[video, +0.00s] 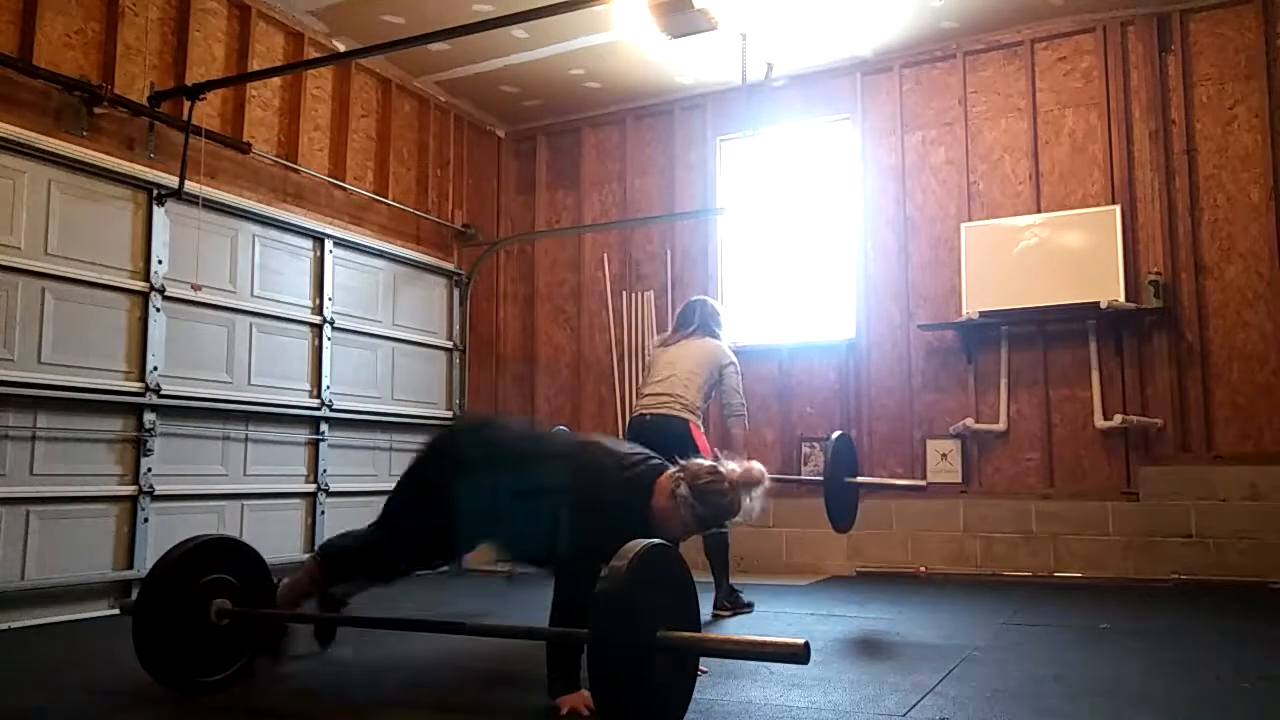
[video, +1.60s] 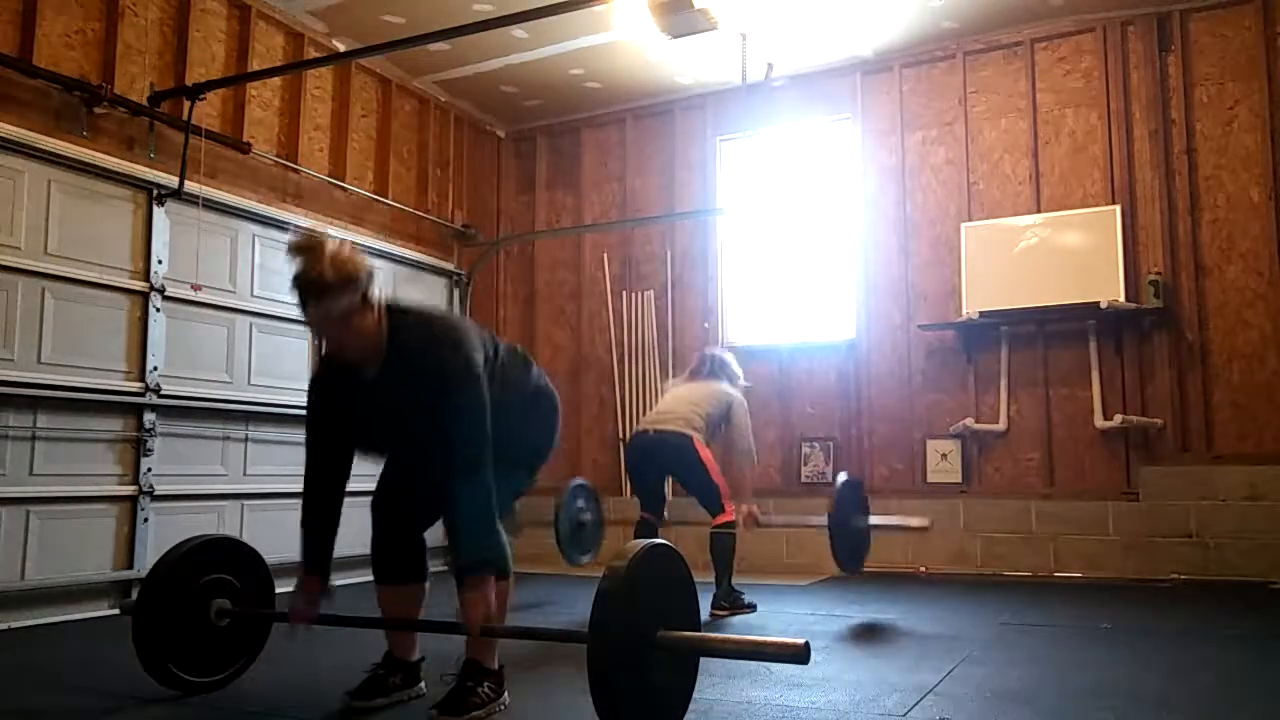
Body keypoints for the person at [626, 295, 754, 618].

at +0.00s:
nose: (722, 329)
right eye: (720, 323)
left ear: (680, 320)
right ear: (714, 323)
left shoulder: (660, 347)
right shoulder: (720, 351)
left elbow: (646, 390)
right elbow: (735, 408)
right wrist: (739, 461)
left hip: (639, 425)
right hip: (679, 428)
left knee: (648, 509)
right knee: (711, 507)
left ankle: (647, 593)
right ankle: (724, 592)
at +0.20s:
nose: (723, 329)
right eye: (721, 322)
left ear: (683, 322)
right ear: (716, 323)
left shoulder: (663, 347)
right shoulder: (723, 347)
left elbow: (631, 386)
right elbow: (738, 388)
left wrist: (637, 418)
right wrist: (739, 432)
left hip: (643, 422)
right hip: (683, 423)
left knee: (645, 508)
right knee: (711, 506)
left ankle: (634, 593)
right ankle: (724, 592)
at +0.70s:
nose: (725, 335)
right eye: (724, 330)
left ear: (686, 328)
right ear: (718, 330)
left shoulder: (668, 352)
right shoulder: (725, 355)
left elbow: (660, 396)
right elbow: (740, 410)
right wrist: (742, 455)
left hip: (645, 423)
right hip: (685, 424)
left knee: (652, 508)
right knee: (714, 508)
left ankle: (629, 585)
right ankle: (723, 591)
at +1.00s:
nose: (727, 342)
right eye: (727, 337)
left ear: (692, 331)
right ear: (721, 333)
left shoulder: (669, 351)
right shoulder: (729, 349)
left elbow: (636, 391)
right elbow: (745, 381)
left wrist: (643, 426)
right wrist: (745, 429)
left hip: (646, 425)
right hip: (686, 425)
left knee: (653, 506)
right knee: (715, 508)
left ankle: (632, 587)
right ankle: (723, 592)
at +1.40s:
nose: (733, 346)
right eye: (733, 342)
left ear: (698, 335)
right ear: (727, 338)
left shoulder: (675, 353)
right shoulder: (732, 354)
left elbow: (639, 392)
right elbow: (746, 386)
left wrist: (646, 428)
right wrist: (744, 431)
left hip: (646, 422)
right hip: (685, 423)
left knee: (652, 506)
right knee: (713, 508)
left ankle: (632, 587)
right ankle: (723, 591)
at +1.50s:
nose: (737, 361)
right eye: (736, 356)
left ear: (698, 347)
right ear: (729, 353)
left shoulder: (675, 363)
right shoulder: (732, 370)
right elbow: (746, 421)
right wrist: (746, 468)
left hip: (643, 428)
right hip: (683, 430)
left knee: (650, 509)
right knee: (716, 509)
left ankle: (634, 587)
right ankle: (723, 592)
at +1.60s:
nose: (740, 384)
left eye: (739, 380)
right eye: (738, 380)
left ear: (699, 369)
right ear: (729, 375)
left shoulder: (676, 385)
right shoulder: (732, 394)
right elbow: (743, 449)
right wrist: (746, 500)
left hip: (640, 441)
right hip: (682, 443)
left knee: (650, 514)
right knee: (724, 513)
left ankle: (636, 588)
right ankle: (724, 593)